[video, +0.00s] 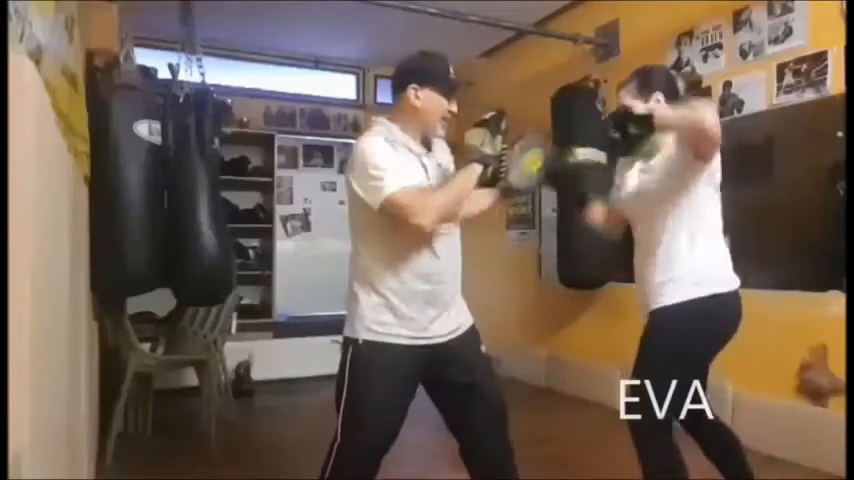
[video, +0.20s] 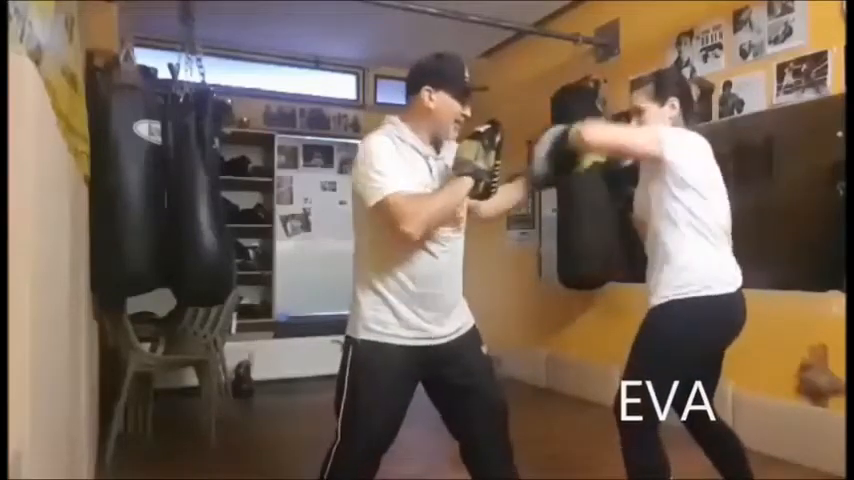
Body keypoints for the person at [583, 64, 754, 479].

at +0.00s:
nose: (621, 117)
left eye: (627, 107)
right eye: (619, 109)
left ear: (656, 102)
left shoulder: (690, 146)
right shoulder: (633, 165)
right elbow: (611, 221)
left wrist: (653, 116)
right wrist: (578, 186)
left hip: (701, 301)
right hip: (669, 307)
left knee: (644, 413)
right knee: (691, 409)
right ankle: (742, 474)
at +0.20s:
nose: (635, 121)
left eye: (641, 111)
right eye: (632, 114)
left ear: (672, 107)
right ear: (667, 109)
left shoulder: (683, 144)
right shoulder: (664, 161)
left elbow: (592, 134)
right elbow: (647, 222)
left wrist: (569, 137)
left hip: (688, 304)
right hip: (712, 303)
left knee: (633, 411)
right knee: (694, 408)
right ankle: (742, 474)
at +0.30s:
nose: (634, 123)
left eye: (641, 111)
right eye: (632, 114)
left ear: (676, 107)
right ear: (673, 110)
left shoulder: (674, 146)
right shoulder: (700, 149)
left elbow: (628, 176)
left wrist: (595, 161)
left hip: (684, 307)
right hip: (719, 304)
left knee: (636, 411)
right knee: (695, 408)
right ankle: (743, 474)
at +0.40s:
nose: (641, 119)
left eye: (646, 107)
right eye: (638, 110)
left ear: (677, 103)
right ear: (673, 107)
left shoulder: (703, 153)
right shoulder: (665, 158)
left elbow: (672, 219)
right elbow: (649, 201)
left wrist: (637, 176)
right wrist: (619, 184)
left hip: (701, 305)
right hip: (684, 305)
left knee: (646, 411)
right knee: (698, 409)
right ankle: (745, 475)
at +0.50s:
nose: (639, 119)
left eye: (646, 107)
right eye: (636, 111)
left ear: (679, 104)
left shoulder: (713, 156)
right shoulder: (653, 153)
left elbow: (668, 232)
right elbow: (588, 161)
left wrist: (651, 170)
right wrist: (558, 124)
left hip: (708, 301)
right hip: (677, 304)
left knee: (659, 416)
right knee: (702, 412)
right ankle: (743, 475)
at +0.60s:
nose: (638, 121)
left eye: (647, 110)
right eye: (636, 112)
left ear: (678, 106)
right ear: (671, 108)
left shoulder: (713, 154)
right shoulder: (659, 157)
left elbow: (666, 222)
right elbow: (609, 201)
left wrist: (644, 158)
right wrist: (584, 160)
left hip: (709, 307)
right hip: (678, 308)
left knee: (656, 418)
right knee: (699, 412)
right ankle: (743, 475)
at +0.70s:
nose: (629, 157)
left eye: (629, 149)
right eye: (626, 150)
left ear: (643, 143)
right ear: (672, 129)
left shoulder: (680, 153)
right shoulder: (704, 156)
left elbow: (599, 193)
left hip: (697, 318)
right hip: (731, 312)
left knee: (638, 413)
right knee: (696, 409)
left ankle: (662, 475)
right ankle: (741, 474)